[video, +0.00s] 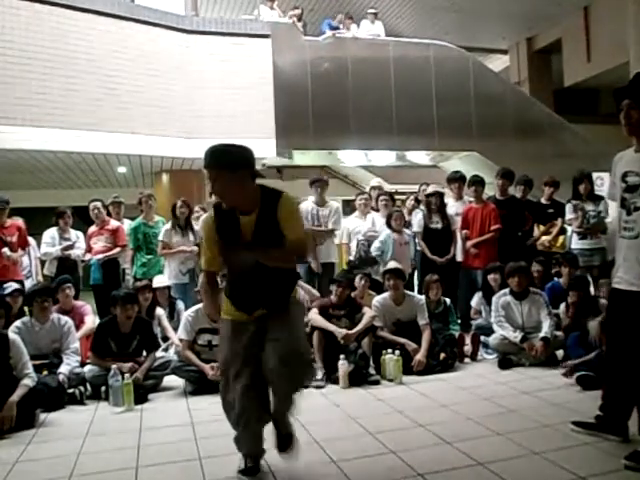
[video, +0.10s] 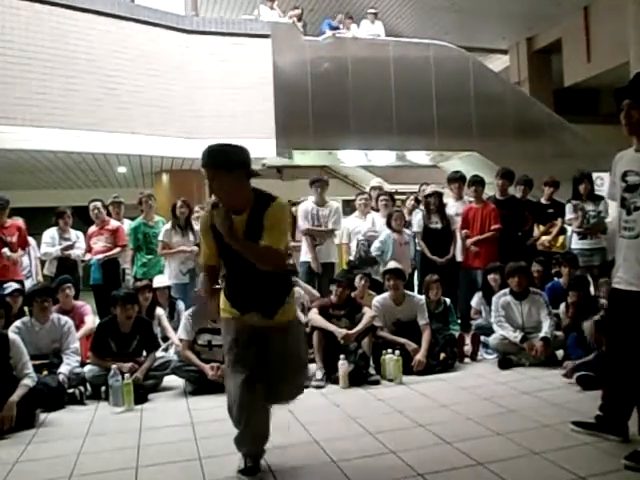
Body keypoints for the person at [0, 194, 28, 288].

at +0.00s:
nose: (2, 213)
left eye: (4, 210)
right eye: (1, 210)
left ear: (8, 209)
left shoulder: (17, 225)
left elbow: (23, 247)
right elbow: (3, 248)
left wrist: (17, 255)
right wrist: (7, 254)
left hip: (14, 275)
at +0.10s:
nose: (2, 215)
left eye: (4, 211)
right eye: (1, 211)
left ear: (7, 210)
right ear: (1, 211)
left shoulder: (18, 225)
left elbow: (23, 247)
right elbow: (3, 248)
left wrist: (17, 255)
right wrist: (7, 254)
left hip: (14, 275)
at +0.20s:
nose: (3, 217)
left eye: (4, 214)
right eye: (1, 214)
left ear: (7, 211)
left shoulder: (17, 226)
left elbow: (23, 248)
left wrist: (15, 256)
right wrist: (7, 254)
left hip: (14, 276)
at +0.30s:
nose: (3, 217)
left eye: (4, 213)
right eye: (1, 213)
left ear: (8, 211)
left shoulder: (17, 226)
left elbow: (23, 249)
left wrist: (13, 255)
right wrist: (9, 254)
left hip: (13, 276)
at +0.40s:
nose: (2, 216)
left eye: (4, 212)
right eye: (1, 212)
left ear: (8, 210)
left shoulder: (17, 226)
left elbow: (24, 248)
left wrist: (14, 255)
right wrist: (9, 254)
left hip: (13, 275)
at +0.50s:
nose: (2, 215)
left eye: (4, 211)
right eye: (1, 212)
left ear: (8, 210)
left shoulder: (17, 226)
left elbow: (24, 248)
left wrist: (14, 255)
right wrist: (8, 254)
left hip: (13, 275)